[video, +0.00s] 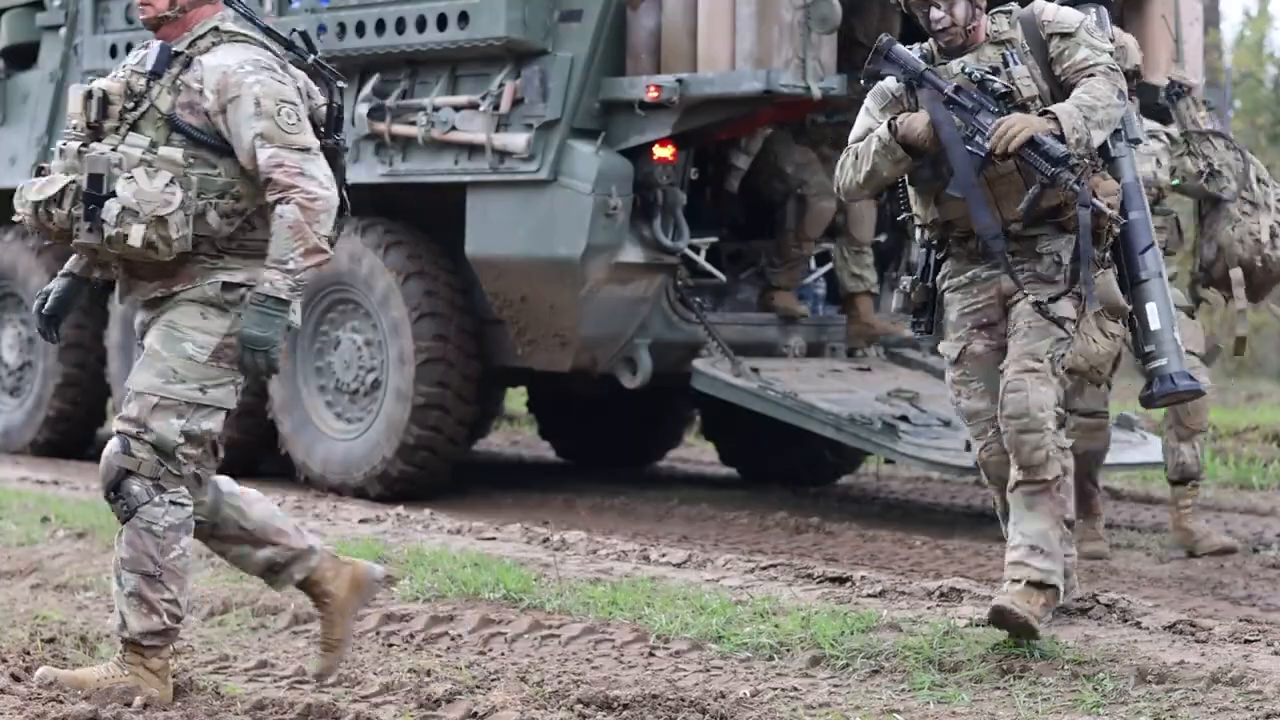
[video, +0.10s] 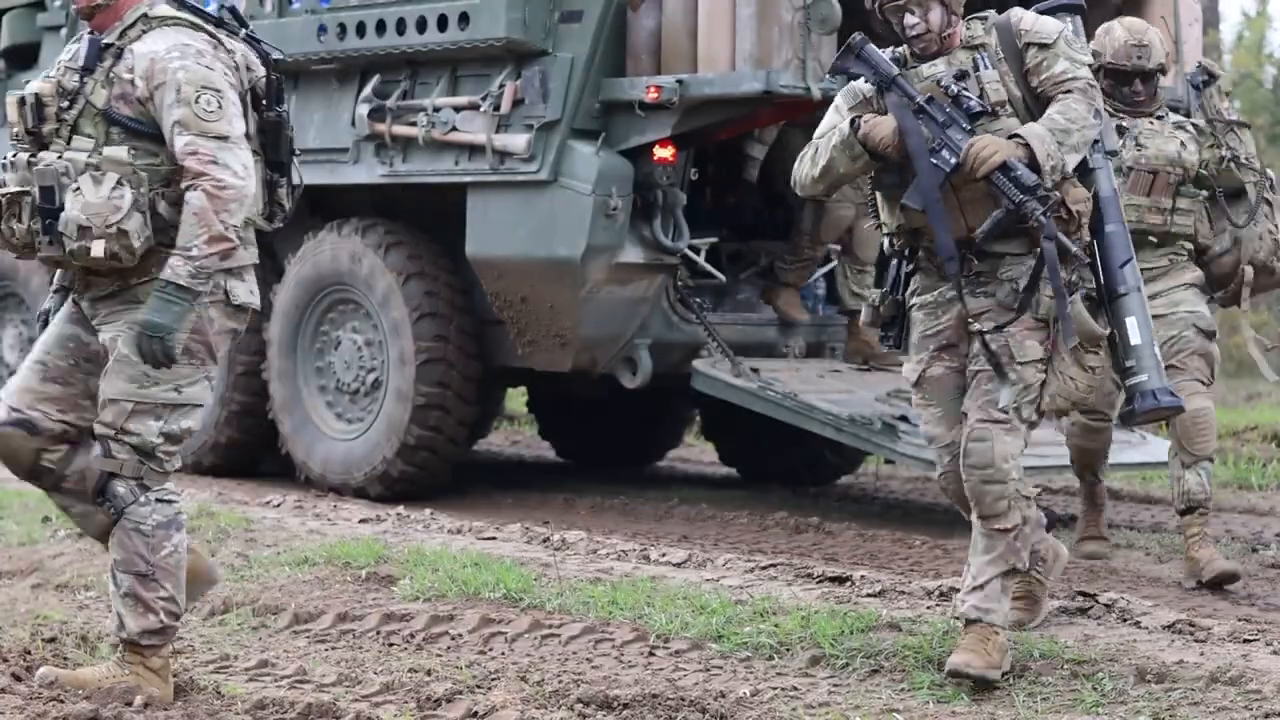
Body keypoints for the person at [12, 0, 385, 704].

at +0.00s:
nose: (137, 1)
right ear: (164, 5)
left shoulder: (242, 70)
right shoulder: (153, 66)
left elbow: (307, 189)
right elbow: (128, 193)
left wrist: (275, 300)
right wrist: (76, 274)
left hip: (218, 297)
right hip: (168, 297)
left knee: (144, 468)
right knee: (164, 473)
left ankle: (147, 664)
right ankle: (328, 577)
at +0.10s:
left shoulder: (178, 53)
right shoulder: (86, 55)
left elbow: (225, 185)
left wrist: (175, 297)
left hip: (172, 297)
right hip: (100, 295)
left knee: (136, 468)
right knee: (26, 427)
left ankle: (146, 665)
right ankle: (175, 565)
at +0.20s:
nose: (9, 0)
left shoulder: (110, 41)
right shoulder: (31, 48)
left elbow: (154, 168)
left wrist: (81, 267)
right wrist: (30, 259)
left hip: (131, 286)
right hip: (57, 284)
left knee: (118, 474)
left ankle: (150, 664)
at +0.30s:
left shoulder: (43, 36)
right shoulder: (34, 37)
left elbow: (79, 159)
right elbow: (75, 160)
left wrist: (12, 242)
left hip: (76, 279)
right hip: (51, 281)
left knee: (94, 475)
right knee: (83, 475)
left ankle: (144, 663)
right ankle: (139, 656)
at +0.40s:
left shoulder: (13, 33)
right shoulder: (25, 35)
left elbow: (16, 154)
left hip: (26, 278)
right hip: (29, 278)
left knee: (50, 468)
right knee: (48, 469)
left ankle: (134, 649)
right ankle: (132, 645)